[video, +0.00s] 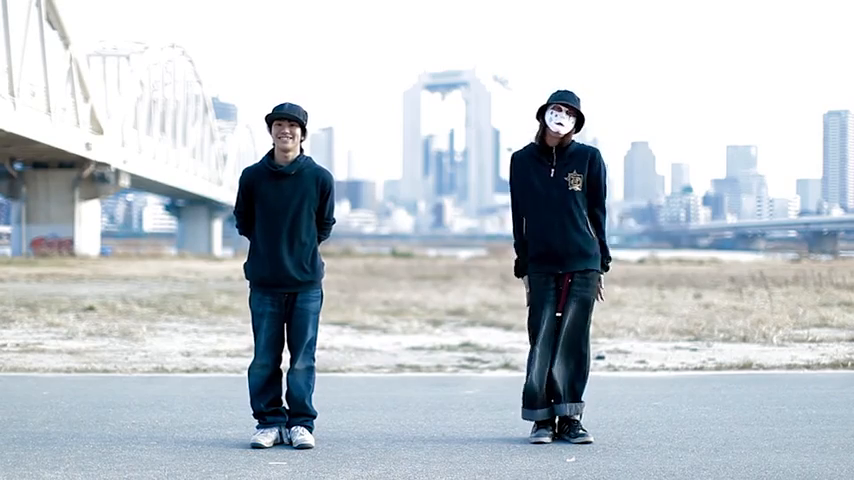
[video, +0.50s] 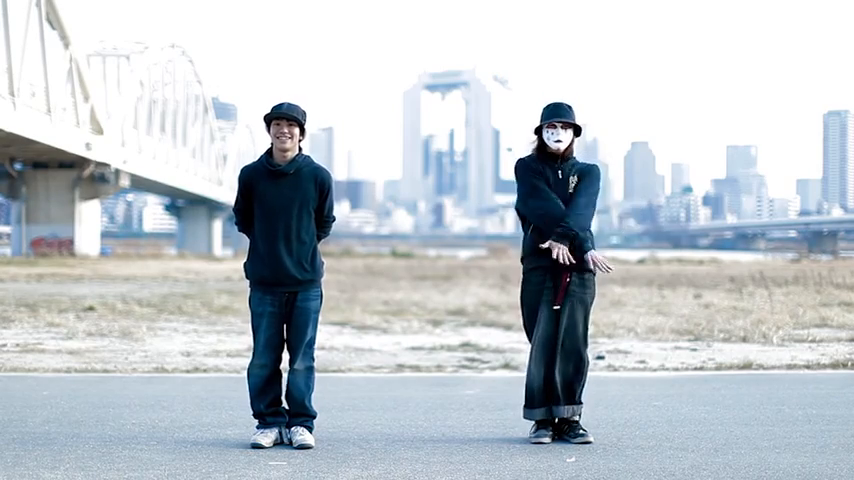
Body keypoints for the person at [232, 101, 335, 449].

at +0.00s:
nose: (285, 134)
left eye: (292, 129)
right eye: (279, 128)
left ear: (302, 134)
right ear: (271, 132)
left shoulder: (320, 178)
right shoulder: (251, 176)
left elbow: (324, 227)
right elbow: (243, 224)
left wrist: (299, 245)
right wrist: (270, 243)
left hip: (306, 280)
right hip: (264, 279)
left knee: (302, 355)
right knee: (265, 355)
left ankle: (300, 424)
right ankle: (268, 424)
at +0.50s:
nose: (284, 133)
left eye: (291, 128)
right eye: (278, 127)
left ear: (301, 134)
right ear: (269, 132)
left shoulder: (318, 177)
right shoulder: (250, 175)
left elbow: (324, 225)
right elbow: (243, 220)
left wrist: (299, 243)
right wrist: (269, 240)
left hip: (306, 279)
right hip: (264, 279)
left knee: (302, 355)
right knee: (264, 355)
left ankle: (300, 424)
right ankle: (268, 424)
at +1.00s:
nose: (321, 163)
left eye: (328, 158)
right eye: (315, 155)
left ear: (334, 165)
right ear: (303, 158)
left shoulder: (338, 204)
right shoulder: (274, 190)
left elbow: (330, 230)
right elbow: (241, 208)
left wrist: (299, 238)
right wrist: (258, 236)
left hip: (301, 286)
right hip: (259, 284)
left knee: (302, 354)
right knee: (258, 354)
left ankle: (298, 424)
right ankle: (266, 422)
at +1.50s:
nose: (286, 169)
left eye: (293, 163)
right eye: (281, 163)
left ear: (302, 168)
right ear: (272, 167)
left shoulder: (321, 205)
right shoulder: (256, 209)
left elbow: (337, 250)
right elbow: (245, 252)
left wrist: (316, 283)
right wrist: (261, 277)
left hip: (300, 300)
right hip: (258, 298)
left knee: (296, 368)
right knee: (251, 371)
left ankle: (300, 428)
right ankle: (266, 427)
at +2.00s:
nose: (235, 173)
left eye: (241, 166)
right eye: (228, 168)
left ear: (252, 170)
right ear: (220, 175)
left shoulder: (281, 201)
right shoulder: (227, 216)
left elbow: (326, 220)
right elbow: (261, 241)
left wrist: (319, 244)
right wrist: (297, 247)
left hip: (318, 280)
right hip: (281, 283)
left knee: (312, 352)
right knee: (275, 351)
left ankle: (303, 424)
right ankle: (270, 423)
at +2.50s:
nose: (291, 170)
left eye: (298, 166)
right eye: (286, 163)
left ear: (306, 172)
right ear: (276, 165)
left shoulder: (317, 210)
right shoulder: (253, 200)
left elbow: (325, 253)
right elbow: (228, 243)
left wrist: (308, 274)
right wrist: (250, 269)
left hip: (303, 298)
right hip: (260, 298)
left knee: (305, 365)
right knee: (258, 367)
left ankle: (301, 427)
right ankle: (265, 428)